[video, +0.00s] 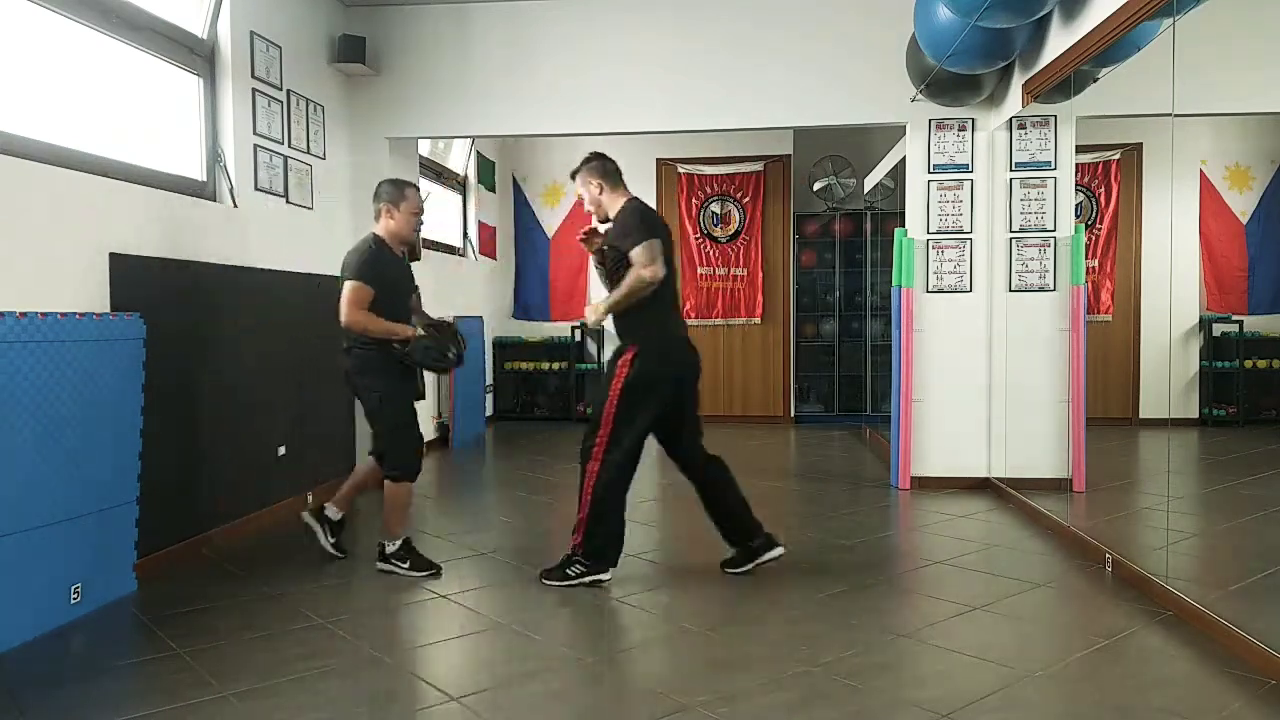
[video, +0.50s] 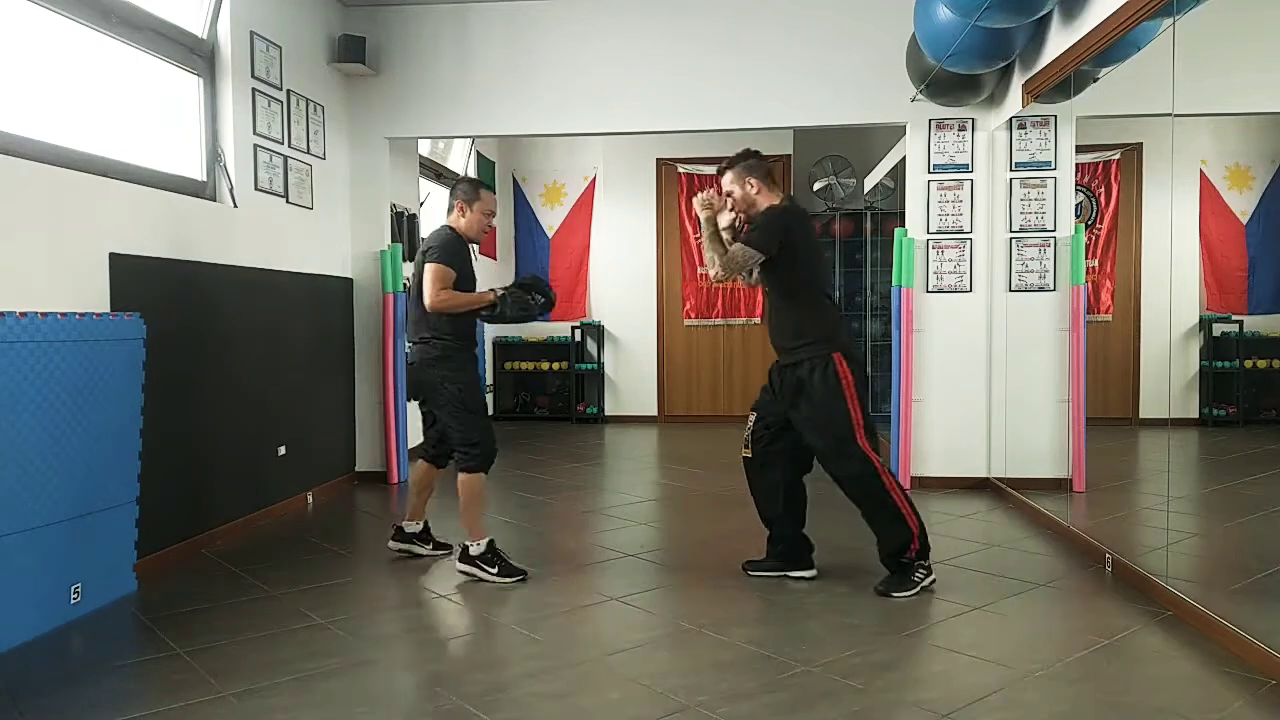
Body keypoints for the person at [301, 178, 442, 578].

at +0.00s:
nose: (420, 221)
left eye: (421, 214)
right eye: (414, 214)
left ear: (395, 214)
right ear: (387, 213)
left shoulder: (398, 260)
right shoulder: (368, 254)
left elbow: (405, 314)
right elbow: (351, 316)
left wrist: (429, 328)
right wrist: (408, 332)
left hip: (393, 367)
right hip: (373, 368)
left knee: (392, 454)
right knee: (405, 454)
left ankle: (330, 513)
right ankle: (394, 548)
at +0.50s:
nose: (490, 224)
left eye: (492, 217)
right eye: (486, 215)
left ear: (463, 213)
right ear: (460, 209)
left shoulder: (451, 245)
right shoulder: (444, 242)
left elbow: (454, 302)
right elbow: (435, 299)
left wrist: (498, 299)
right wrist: (492, 298)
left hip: (437, 365)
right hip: (446, 366)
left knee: (437, 447)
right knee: (474, 451)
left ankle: (411, 528)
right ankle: (477, 549)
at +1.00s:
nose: (521, 224)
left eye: (522, 217)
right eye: (517, 215)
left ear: (490, 212)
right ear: (491, 209)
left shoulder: (467, 242)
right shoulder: (484, 239)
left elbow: (495, 300)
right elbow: (507, 296)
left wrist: (535, 289)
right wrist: (554, 293)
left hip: (469, 360)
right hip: (490, 351)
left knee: (498, 445)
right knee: (582, 366)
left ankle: (490, 544)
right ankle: (607, 454)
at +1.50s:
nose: (525, 212)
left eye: (527, 205)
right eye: (521, 204)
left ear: (489, 199)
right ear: (497, 197)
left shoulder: (460, 232)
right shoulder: (498, 227)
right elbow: (529, 254)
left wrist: (550, 224)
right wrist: (555, 213)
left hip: (477, 350)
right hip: (512, 348)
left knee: (491, 445)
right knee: (543, 446)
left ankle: (488, 541)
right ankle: (530, 547)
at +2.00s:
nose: (488, 232)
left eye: (490, 225)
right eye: (483, 223)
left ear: (464, 222)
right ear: (456, 218)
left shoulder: (474, 262)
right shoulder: (425, 260)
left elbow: (507, 298)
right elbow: (390, 313)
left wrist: (526, 253)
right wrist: (443, 321)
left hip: (466, 376)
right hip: (450, 377)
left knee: (424, 463)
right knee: (507, 458)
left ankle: (377, 544)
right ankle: (514, 558)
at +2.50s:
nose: (455, 227)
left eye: (457, 220)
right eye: (452, 218)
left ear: (422, 211)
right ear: (427, 209)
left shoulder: (400, 245)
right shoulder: (419, 242)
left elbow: (457, 282)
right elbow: (447, 272)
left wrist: (480, 251)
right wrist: (483, 236)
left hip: (391, 366)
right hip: (421, 367)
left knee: (379, 456)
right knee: (457, 460)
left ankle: (349, 542)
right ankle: (458, 561)